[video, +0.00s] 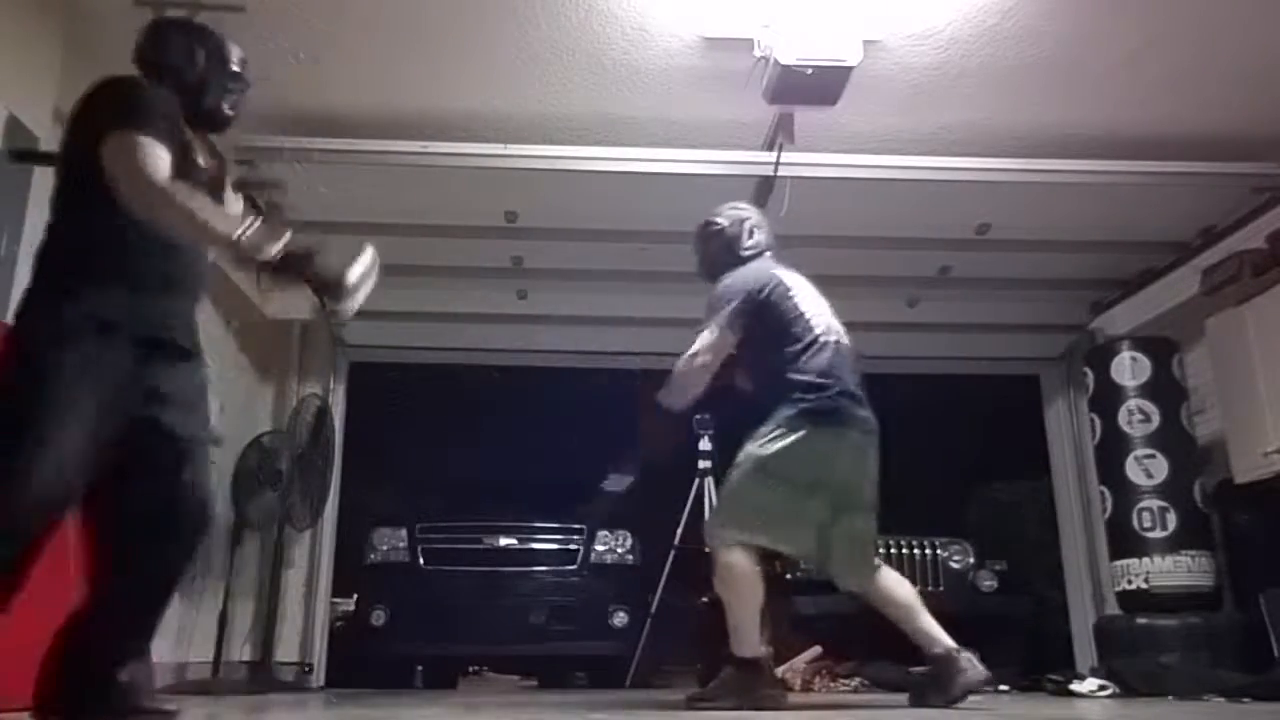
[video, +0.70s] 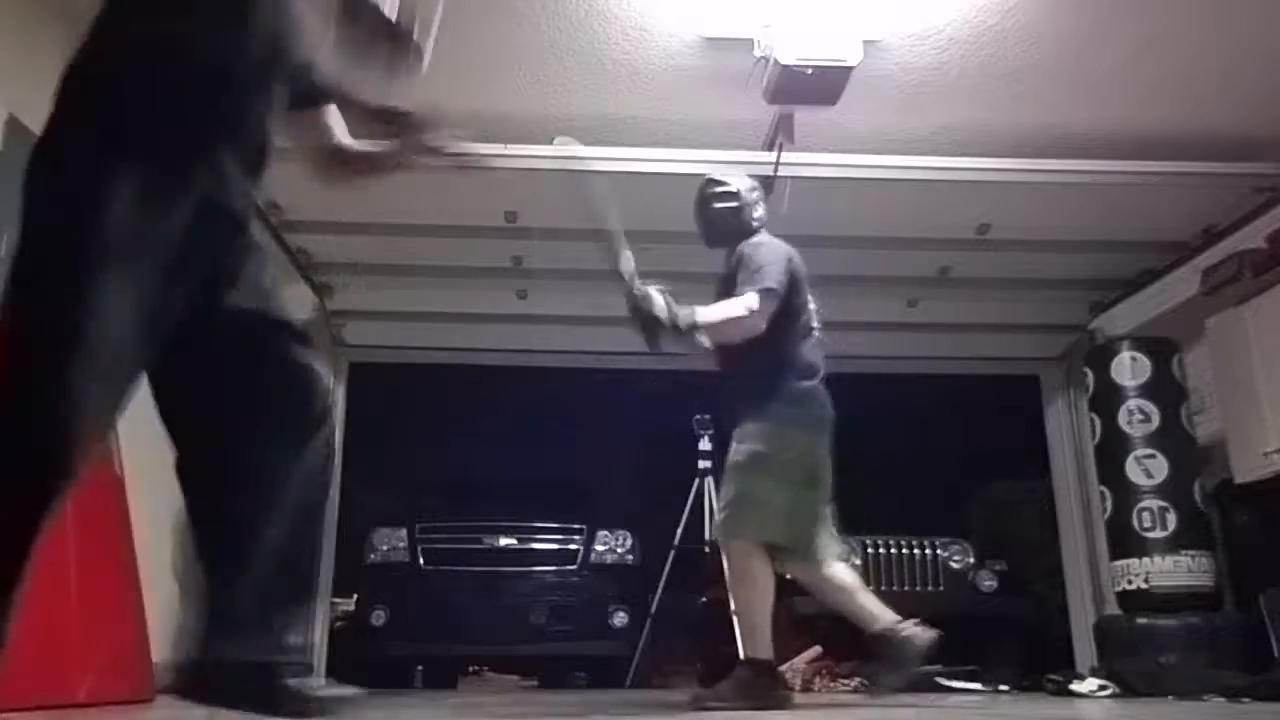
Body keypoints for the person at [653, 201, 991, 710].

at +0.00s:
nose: (700, 242)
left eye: (711, 230)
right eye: (701, 234)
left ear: (748, 233)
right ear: (757, 239)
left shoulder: (745, 279)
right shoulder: (791, 281)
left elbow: (700, 359)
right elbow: (783, 367)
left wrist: (669, 401)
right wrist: (741, 379)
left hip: (809, 418)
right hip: (857, 426)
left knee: (729, 535)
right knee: (856, 563)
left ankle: (749, 668)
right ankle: (954, 661)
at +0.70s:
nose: (716, 210)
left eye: (726, 199)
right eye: (711, 202)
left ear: (750, 207)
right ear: (708, 218)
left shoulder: (765, 249)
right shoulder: (743, 266)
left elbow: (754, 315)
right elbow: (733, 350)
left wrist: (680, 316)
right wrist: (668, 335)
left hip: (781, 409)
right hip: (787, 412)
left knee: (737, 530)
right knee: (801, 549)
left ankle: (757, 670)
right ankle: (899, 635)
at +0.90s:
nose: (697, 219)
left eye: (709, 209)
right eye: (691, 212)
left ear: (737, 215)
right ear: (683, 227)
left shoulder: (746, 259)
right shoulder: (718, 276)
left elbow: (739, 332)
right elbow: (689, 361)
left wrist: (703, 379)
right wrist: (689, 316)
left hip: (768, 410)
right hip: (753, 412)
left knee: (690, 504)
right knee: (769, 553)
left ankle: (725, 649)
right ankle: (832, 663)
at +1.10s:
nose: (644, 222)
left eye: (655, 213)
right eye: (641, 213)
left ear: (685, 219)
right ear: (646, 230)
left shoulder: (697, 254)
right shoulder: (665, 302)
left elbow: (637, 222)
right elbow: (626, 350)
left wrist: (574, 180)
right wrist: (596, 306)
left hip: (740, 415)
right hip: (715, 428)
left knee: (663, 520)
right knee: (717, 567)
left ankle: (623, 672)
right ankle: (821, 658)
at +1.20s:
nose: (620, 215)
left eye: (631, 206)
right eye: (617, 207)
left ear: (660, 213)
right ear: (623, 215)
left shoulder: (677, 250)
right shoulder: (647, 291)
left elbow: (626, 227)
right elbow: (631, 377)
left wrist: (563, 184)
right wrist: (593, 342)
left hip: (720, 413)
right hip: (706, 426)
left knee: (634, 514)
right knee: (681, 578)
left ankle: (618, 670)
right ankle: (797, 644)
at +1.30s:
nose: (596, 227)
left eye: (603, 213)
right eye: (595, 216)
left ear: (631, 211)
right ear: (646, 212)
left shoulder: (659, 255)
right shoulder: (651, 263)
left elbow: (632, 315)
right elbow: (636, 377)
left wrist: (598, 318)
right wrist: (592, 348)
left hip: (704, 410)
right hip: (705, 416)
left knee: (626, 515)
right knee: (671, 578)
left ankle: (616, 671)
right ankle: (776, 636)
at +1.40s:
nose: (601, 217)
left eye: (611, 206)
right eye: (598, 209)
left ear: (647, 211)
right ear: (595, 222)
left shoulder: (671, 266)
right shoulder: (629, 281)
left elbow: (672, 350)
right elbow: (609, 370)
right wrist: (577, 335)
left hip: (704, 416)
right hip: (678, 423)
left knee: (624, 523)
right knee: (651, 569)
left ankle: (616, 671)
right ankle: (750, 638)